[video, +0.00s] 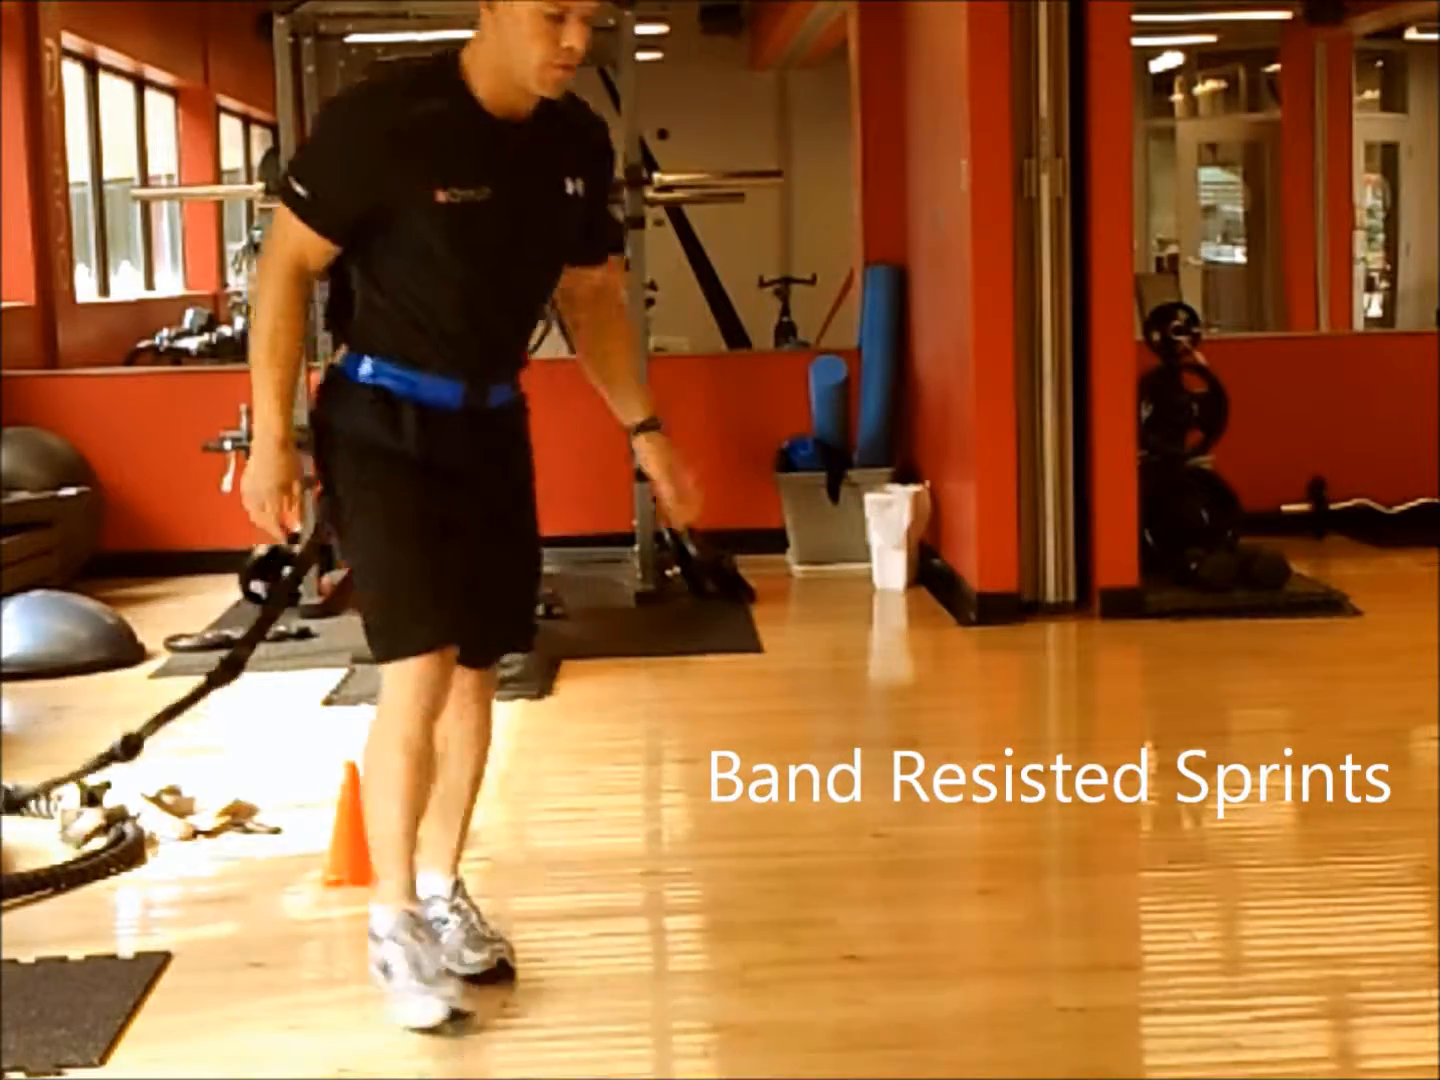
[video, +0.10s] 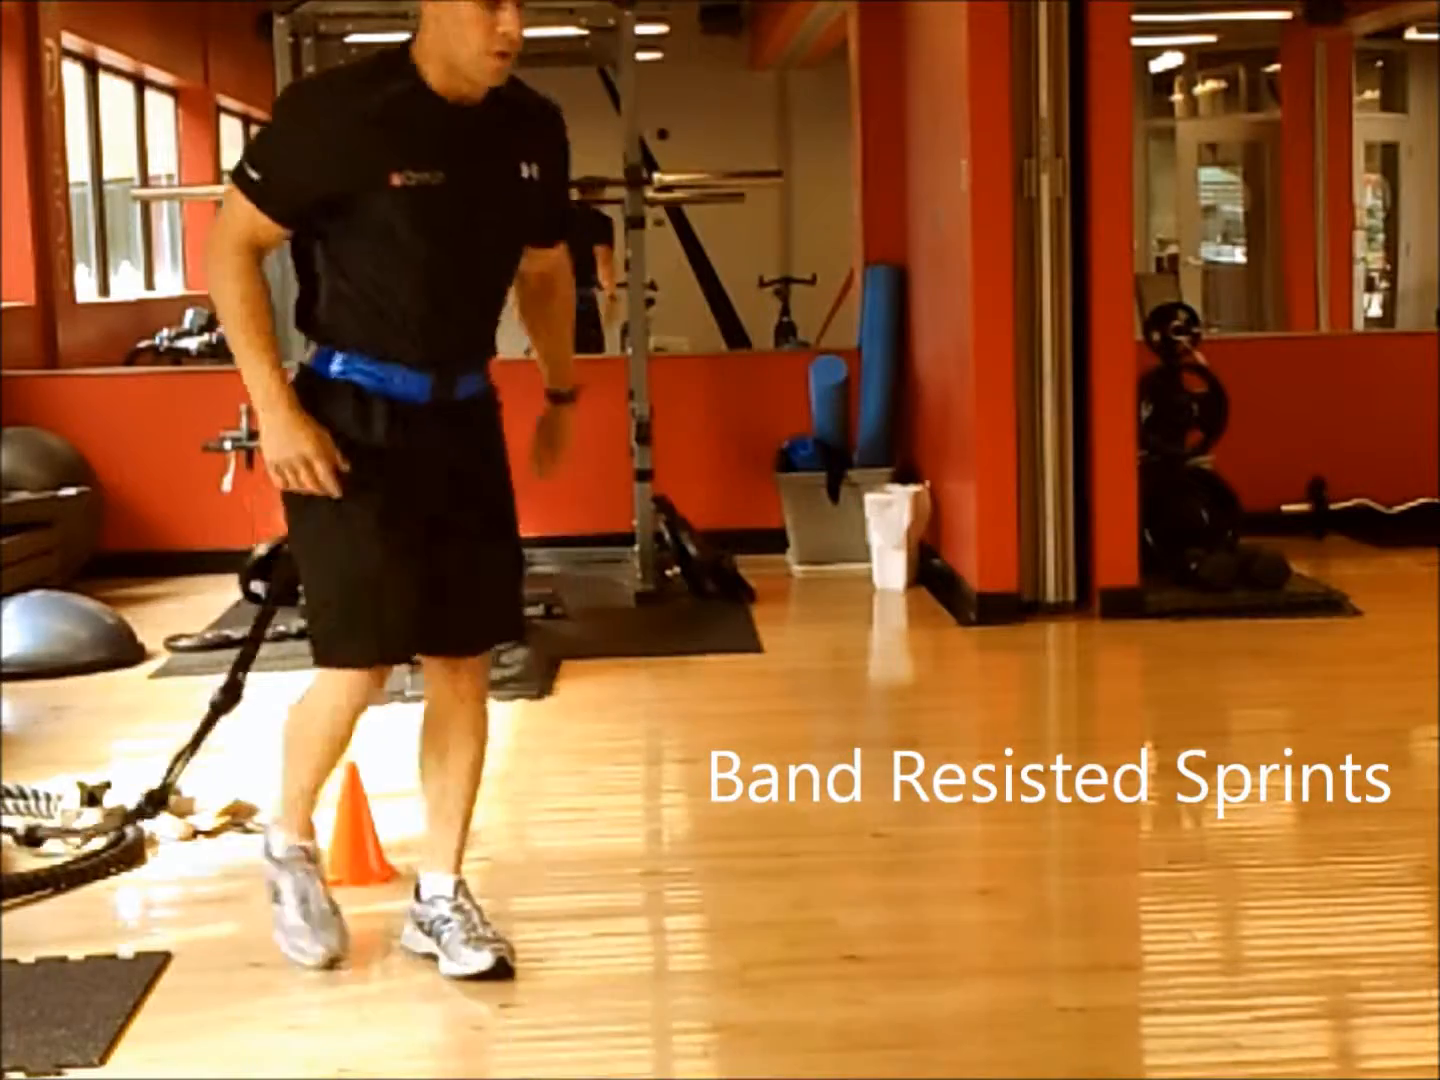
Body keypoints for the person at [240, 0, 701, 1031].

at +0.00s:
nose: (576, 42)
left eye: (589, 24)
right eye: (555, 19)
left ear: (595, 29)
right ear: (491, 11)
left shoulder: (577, 141)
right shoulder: (379, 117)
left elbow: (595, 298)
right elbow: (286, 267)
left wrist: (646, 427)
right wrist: (269, 436)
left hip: (491, 420)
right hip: (381, 415)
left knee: (474, 664)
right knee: (420, 660)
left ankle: (437, 891)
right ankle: (392, 923)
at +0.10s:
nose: (514, 23)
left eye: (520, 5)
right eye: (490, 4)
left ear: (522, 15)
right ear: (429, 11)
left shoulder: (532, 125)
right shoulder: (333, 113)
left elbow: (544, 270)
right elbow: (230, 251)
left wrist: (561, 388)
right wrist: (274, 409)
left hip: (463, 419)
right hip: (347, 416)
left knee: (461, 662)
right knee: (358, 657)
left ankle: (442, 889)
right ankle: (288, 840)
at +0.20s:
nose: (465, 45)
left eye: (475, 26)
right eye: (443, 22)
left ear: (477, 33)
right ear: (381, 19)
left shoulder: (481, 140)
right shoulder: (290, 128)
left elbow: (498, 265)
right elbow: (196, 270)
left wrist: (507, 368)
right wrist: (273, 404)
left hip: (431, 428)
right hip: (313, 432)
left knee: (450, 653)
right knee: (299, 648)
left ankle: (437, 893)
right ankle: (216, 805)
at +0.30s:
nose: (413, 65)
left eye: (422, 45)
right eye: (394, 41)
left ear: (426, 44)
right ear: (329, 33)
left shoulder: (424, 147)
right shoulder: (244, 141)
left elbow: (438, 276)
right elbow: (172, 288)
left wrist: (469, 381)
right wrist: (260, 408)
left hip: (386, 432)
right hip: (266, 438)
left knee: (421, 653)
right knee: (238, 650)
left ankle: (436, 893)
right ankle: (192, 818)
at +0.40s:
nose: (356, 100)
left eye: (368, 79)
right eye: (337, 78)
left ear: (376, 75)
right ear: (277, 63)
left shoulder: (372, 168)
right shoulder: (199, 173)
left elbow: (380, 294)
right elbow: (132, 324)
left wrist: (439, 413)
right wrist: (238, 418)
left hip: (343, 449)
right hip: (224, 460)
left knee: (386, 652)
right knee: (198, 666)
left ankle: (431, 885)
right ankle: (180, 840)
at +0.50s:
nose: (313, 104)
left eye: (324, 84)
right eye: (295, 84)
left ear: (331, 77)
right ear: (236, 69)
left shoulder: (339, 167)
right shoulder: (162, 175)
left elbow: (359, 299)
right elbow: (103, 323)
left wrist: (404, 412)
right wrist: (197, 426)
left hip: (309, 441)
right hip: (193, 450)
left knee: (359, 642)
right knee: (178, 661)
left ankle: (405, 868)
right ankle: (180, 847)